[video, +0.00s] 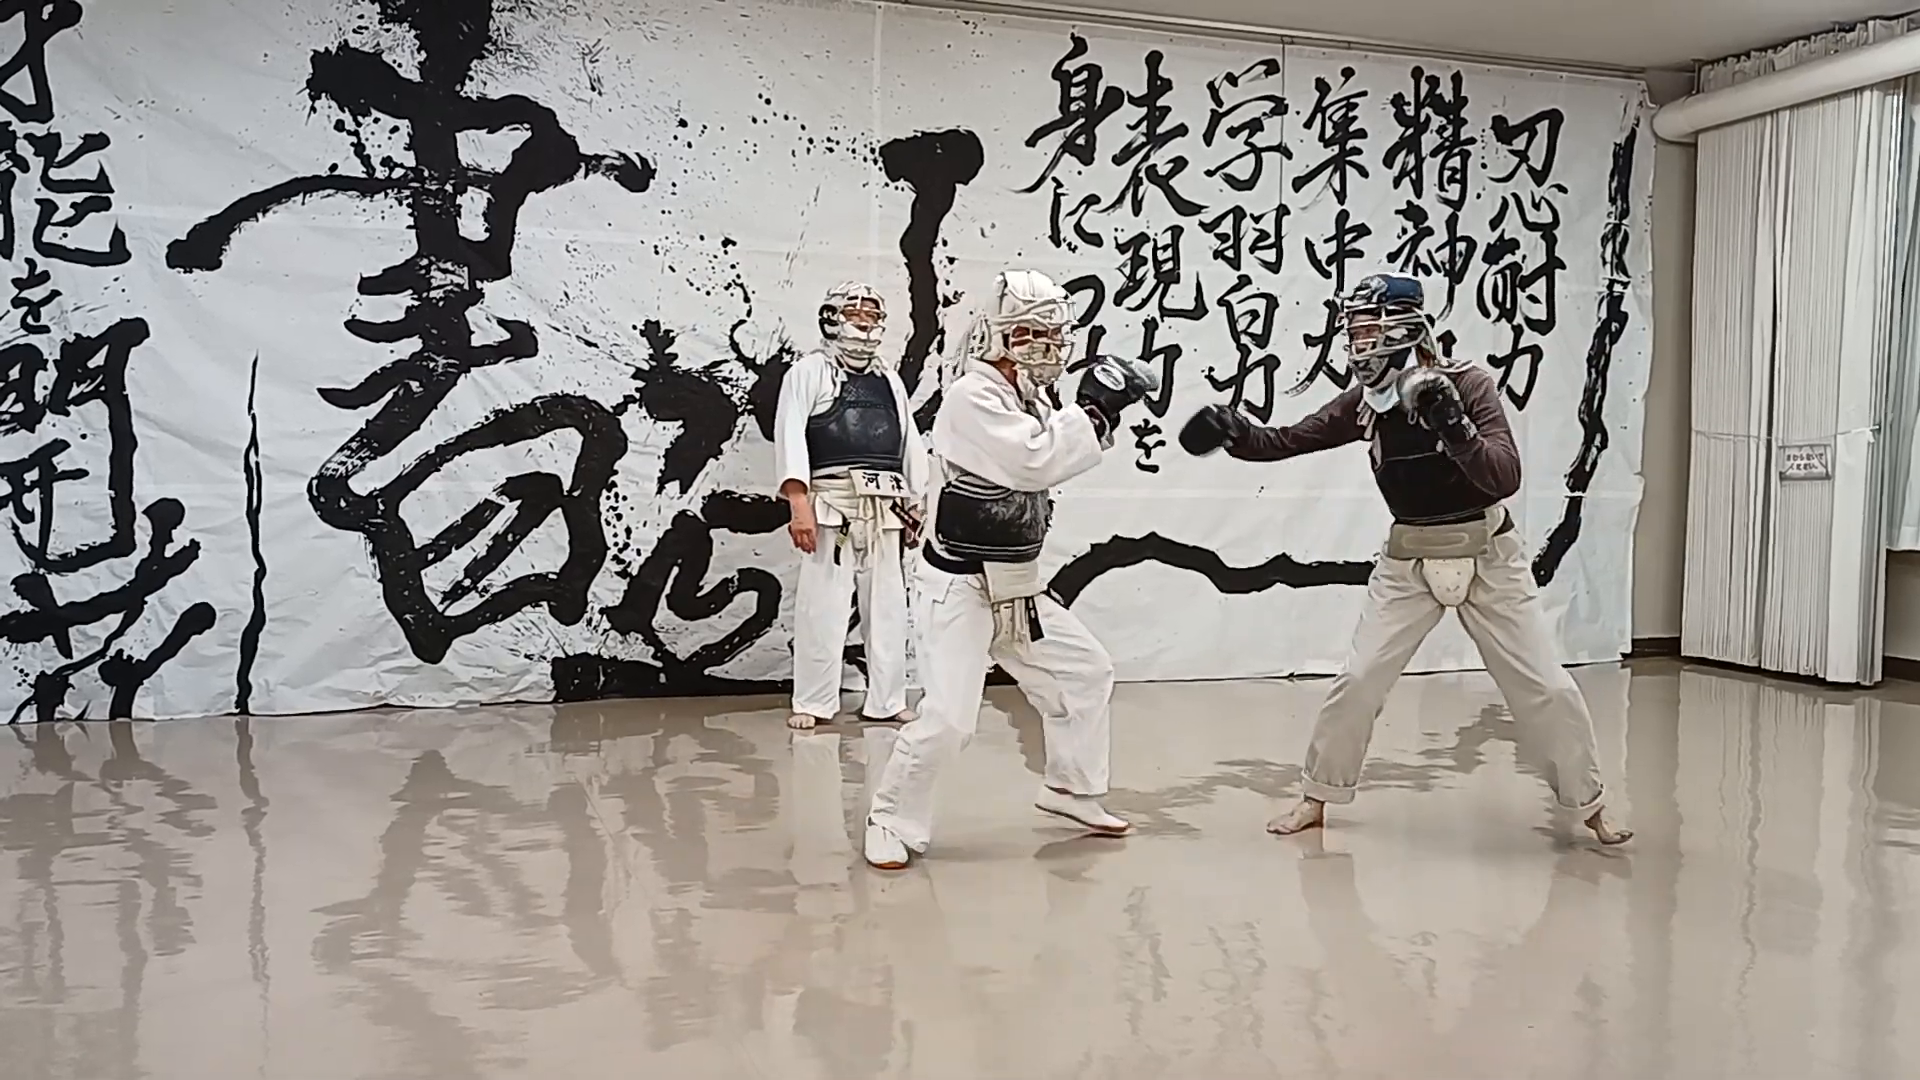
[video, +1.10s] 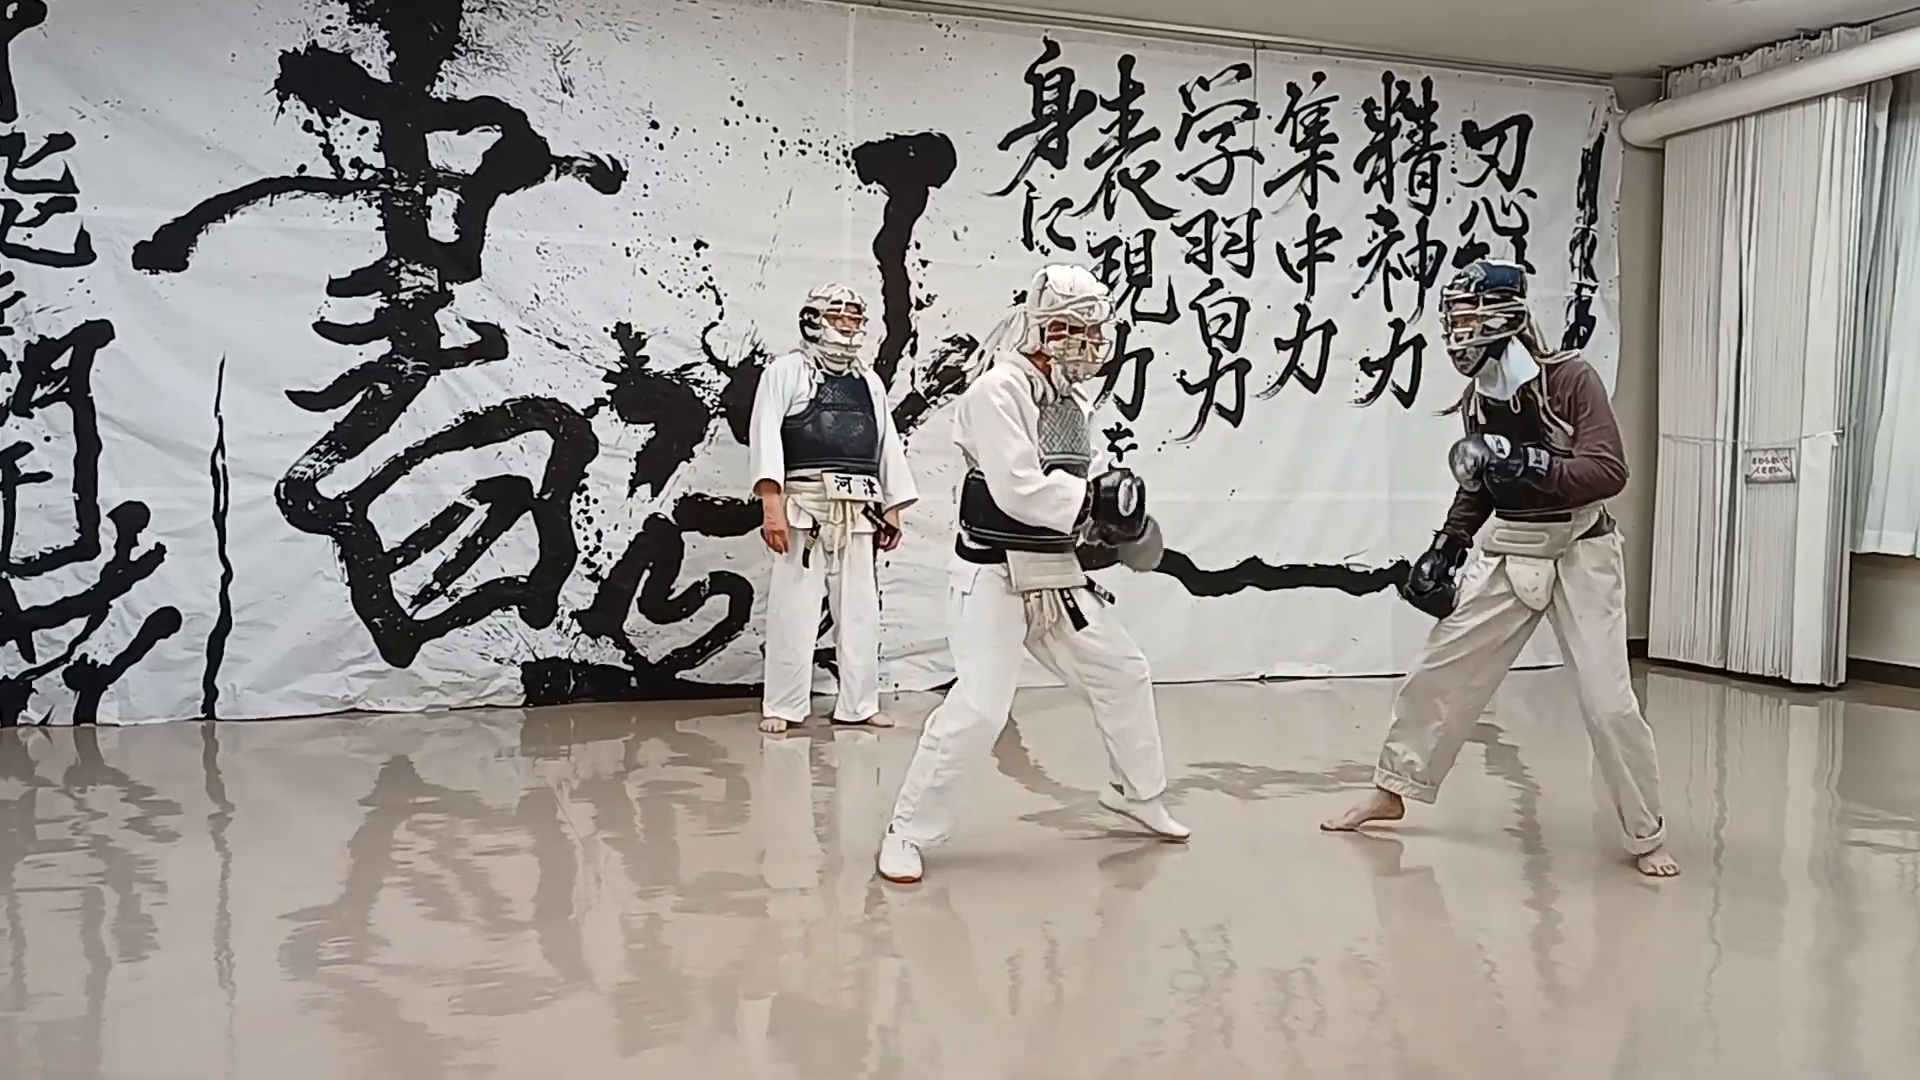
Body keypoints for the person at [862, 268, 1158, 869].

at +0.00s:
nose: (1047, 345)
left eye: (1054, 334)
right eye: (1033, 334)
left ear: (1061, 336)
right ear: (1000, 334)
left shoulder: (1033, 395)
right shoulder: (970, 393)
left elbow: (1053, 454)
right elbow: (1031, 457)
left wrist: (1101, 414)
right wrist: (1093, 409)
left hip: (1011, 580)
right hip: (956, 583)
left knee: (1086, 670)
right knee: (948, 718)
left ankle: (1070, 791)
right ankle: (891, 824)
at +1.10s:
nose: (1088, 344)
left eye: (1095, 332)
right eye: (1076, 331)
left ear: (1098, 334)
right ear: (1042, 330)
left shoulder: (1070, 395)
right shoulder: (997, 388)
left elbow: (1084, 468)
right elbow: (1017, 489)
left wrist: (1110, 494)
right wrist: (1098, 498)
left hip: (1056, 573)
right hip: (991, 575)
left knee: (1124, 673)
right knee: (982, 703)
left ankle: (1139, 795)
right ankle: (906, 834)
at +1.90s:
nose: (1048, 350)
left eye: (1056, 339)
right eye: (1033, 339)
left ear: (1065, 344)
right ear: (1003, 343)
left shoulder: (1047, 412)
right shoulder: (959, 409)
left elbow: (1039, 486)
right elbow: (959, 510)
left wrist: (1064, 517)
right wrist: (1036, 524)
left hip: (1022, 576)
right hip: (956, 581)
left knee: (1082, 679)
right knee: (956, 709)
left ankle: (1091, 797)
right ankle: (880, 827)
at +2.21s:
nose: (1061, 332)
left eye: (1069, 321)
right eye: (1047, 321)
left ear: (1076, 326)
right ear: (1015, 324)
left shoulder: (1049, 394)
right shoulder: (977, 390)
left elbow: (1040, 477)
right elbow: (976, 489)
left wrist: (1082, 499)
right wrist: (1056, 505)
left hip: (1025, 564)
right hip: (967, 567)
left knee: (1065, 683)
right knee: (942, 700)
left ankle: (1074, 807)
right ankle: (877, 826)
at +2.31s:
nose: (1063, 335)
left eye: (1071, 324)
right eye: (1048, 324)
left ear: (1078, 329)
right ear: (1017, 328)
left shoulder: (1055, 403)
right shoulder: (977, 392)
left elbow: (1043, 481)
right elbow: (981, 489)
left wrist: (1090, 496)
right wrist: (1062, 502)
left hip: (1022, 568)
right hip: (964, 569)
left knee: (1077, 678)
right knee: (950, 701)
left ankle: (1067, 802)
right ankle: (881, 814)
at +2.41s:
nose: (1067, 358)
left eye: (1072, 347)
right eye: (1053, 346)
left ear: (1078, 352)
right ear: (1020, 350)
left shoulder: (1044, 417)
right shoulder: (985, 414)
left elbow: (1030, 505)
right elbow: (986, 514)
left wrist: (1075, 532)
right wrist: (1064, 529)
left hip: (1024, 592)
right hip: (969, 594)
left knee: (1113, 672)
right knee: (944, 724)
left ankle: (1089, 786)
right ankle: (874, 817)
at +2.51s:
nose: (1089, 368)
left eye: (1092, 357)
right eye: (1077, 356)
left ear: (1092, 362)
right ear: (1042, 361)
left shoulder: (1058, 425)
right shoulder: (1009, 425)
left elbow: (1044, 514)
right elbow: (1004, 526)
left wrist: (1089, 546)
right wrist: (1080, 538)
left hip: (1044, 599)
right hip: (991, 602)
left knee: (1124, 687)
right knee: (969, 734)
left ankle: (1123, 816)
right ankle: (877, 813)